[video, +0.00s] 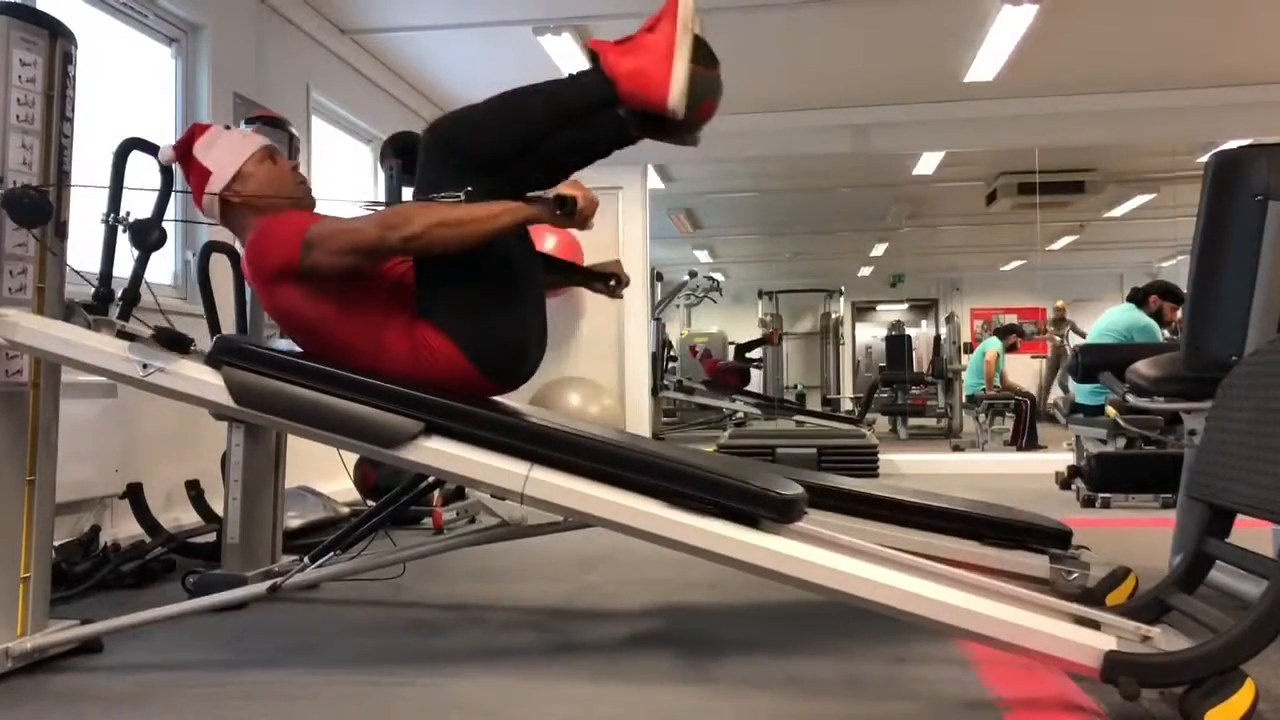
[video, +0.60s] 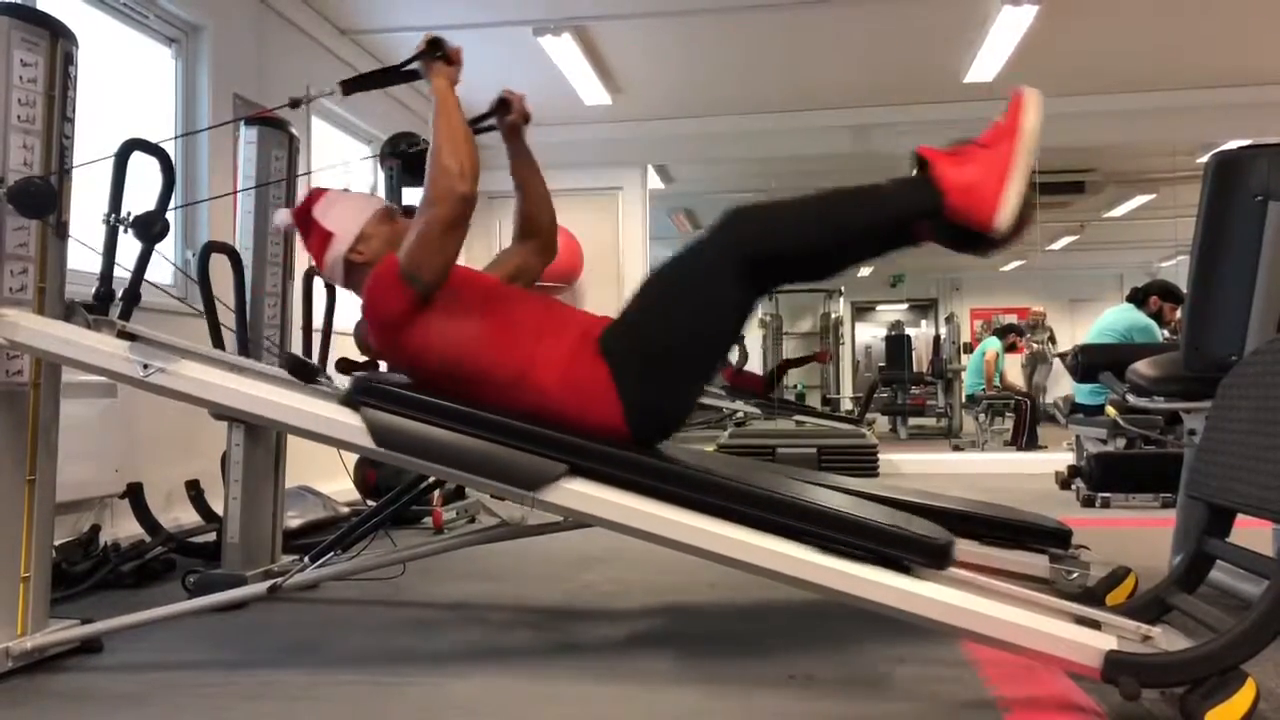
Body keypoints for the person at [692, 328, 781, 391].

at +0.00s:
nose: (709, 350)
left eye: (707, 348)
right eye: (706, 349)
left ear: (702, 356)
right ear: (704, 354)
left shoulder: (709, 365)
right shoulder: (710, 365)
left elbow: (732, 364)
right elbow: (731, 364)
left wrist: (754, 361)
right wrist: (752, 365)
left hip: (738, 380)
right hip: (741, 380)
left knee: (739, 350)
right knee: (739, 349)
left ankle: (768, 339)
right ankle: (768, 339)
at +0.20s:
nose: (712, 351)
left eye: (709, 350)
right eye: (709, 351)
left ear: (704, 358)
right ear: (707, 356)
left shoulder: (712, 368)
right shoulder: (714, 366)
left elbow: (733, 363)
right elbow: (736, 362)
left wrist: (746, 360)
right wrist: (748, 361)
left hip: (743, 381)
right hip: (745, 381)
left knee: (749, 351)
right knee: (749, 351)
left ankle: (778, 342)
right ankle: (778, 343)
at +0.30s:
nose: (714, 353)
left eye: (711, 351)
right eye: (711, 352)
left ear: (707, 360)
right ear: (710, 357)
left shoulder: (716, 368)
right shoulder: (718, 368)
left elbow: (735, 362)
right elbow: (736, 362)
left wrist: (746, 350)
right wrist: (747, 349)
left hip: (747, 382)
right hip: (750, 383)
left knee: (756, 353)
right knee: (757, 353)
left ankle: (784, 345)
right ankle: (785, 345)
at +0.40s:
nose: (720, 357)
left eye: (717, 355)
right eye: (717, 356)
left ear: (711, 363)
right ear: (715, 360)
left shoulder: (720, 371)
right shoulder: (721, 370)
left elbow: (738, 362)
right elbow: (738, 362)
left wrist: (745, 347)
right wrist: (746, 347)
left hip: (753, 385)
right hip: (755, 384)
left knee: (766, 358)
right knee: (767, 357)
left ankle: (797, 349)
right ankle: (798, 349)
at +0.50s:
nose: (720, 357)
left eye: (718, 356)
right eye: (718, 357)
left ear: (714, 364)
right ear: (715, 361)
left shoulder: (724, 372)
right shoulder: (725, 372)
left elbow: (740, 361)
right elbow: (741, 361)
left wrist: (743, 345)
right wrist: (744, 344)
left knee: (777, 362)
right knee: (778, 361)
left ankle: (806, 354)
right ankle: (807, 354)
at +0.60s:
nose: (727, 361)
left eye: (725, 360)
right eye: (724, 361)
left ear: (719, 366)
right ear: (722, 364)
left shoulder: (731, 374)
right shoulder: (729, 375)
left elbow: (742, 361)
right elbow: (742, 361)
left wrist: (741, 345)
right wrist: (741, 345)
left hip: (765, 385)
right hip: (765, 387)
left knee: (784, 365)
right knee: (784, 365)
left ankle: (816, 357)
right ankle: (816, 357)